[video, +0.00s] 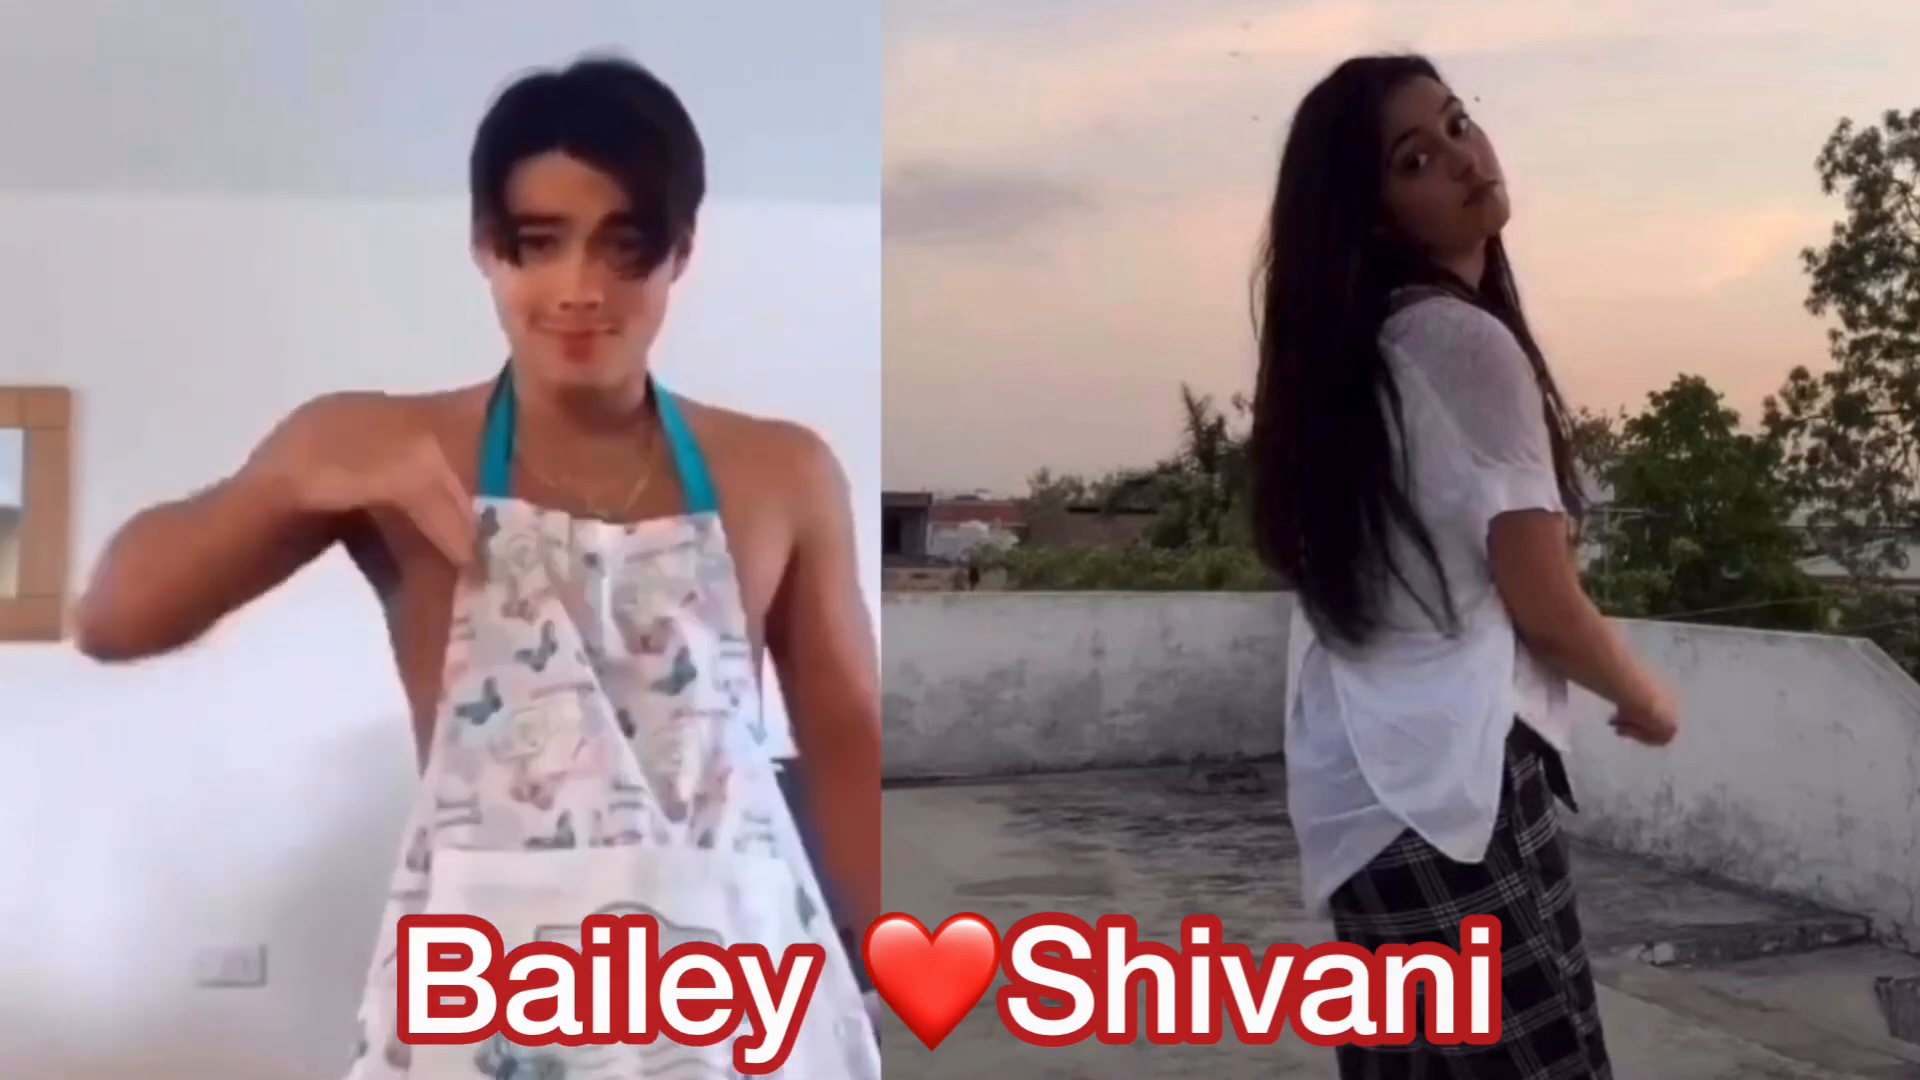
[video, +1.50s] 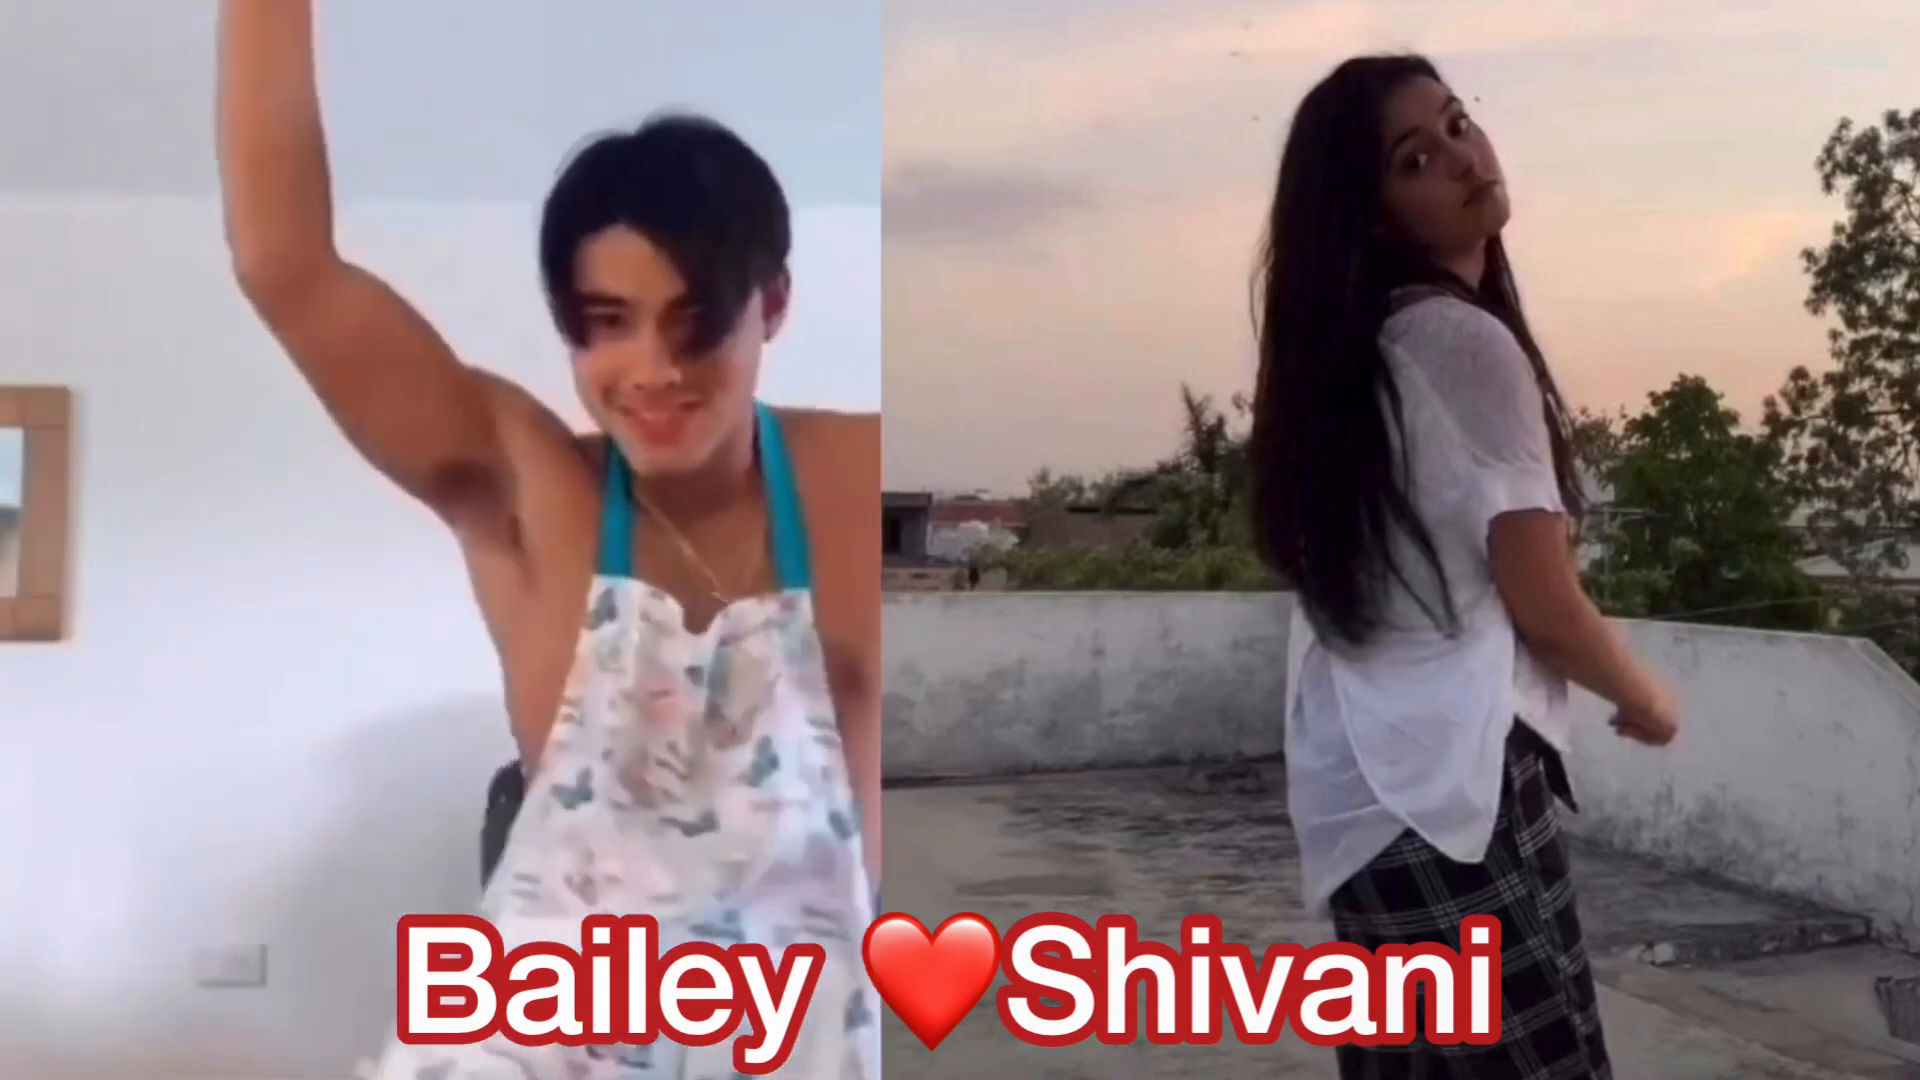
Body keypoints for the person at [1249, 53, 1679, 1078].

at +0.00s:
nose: (1466, 157)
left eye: (1459, 125)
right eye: (1417, 158)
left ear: (1480, 128)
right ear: (1371, 211)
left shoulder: (1356, 333)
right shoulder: (1465, 339)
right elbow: (1547, 605)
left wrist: (1562, 666)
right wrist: (1643, 696)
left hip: (1363, 784)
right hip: (1452, 790)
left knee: (1398, 1057)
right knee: (1545, 1057)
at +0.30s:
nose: (1466, 157)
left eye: (1459, 125)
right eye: (1417, 158)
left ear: (1480, 128)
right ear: (1370, 211)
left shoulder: (1353, 333)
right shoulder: (1465, 339)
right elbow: (1546, 604)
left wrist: (1560, 666)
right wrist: (1643, 697)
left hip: (1361, 783)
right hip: (1452, 789)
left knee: (1397, 1056)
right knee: (1545, 1056)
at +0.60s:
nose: (1466, 157)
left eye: (1459, 125)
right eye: (1417, 158)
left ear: (1480, 128)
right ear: (1371, 211)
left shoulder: (1356, 333)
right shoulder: (1465, 339)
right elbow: (1547, 605)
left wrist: (1562, 666)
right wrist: (1643, 696)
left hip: (1363, 784)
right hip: (1452, 790)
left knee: (1398, 1057)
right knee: (1545, 1057)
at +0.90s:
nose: (1466, 157)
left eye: (1459, 125)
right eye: (1417, 158)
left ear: (1480, 128)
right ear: (1371, 211)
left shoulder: (1356, 333)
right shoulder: (1465, 339)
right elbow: (1547, 605)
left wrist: (1562, 666)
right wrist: (1643, 696)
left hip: (1363, 784)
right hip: (1452, 790)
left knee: (1398, 1057)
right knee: (1545, 1057)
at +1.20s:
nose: (1466, 158)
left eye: (1459, 125)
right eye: (1417, 158)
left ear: (1480, 129)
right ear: (1370, 210)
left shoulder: (1356, 333)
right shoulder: (1465, 339)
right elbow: (1547, 606)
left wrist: (1564, 666)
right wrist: (1642, 696)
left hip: (1364, 785)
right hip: (1453, 790)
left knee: (1398, 1057)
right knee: (1545, 1056)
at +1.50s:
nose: (1466, 157)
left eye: (1459, 125)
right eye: (1417, 158)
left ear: (1480, 128)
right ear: (1370, 211)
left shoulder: (1353, 333)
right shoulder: (1465, 339)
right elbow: (1546, 604)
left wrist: (1560, 666)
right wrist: (1643, 697)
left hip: (1361, 783)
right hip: (1452, 789)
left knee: (1397, 1056)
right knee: (1545, 1056)